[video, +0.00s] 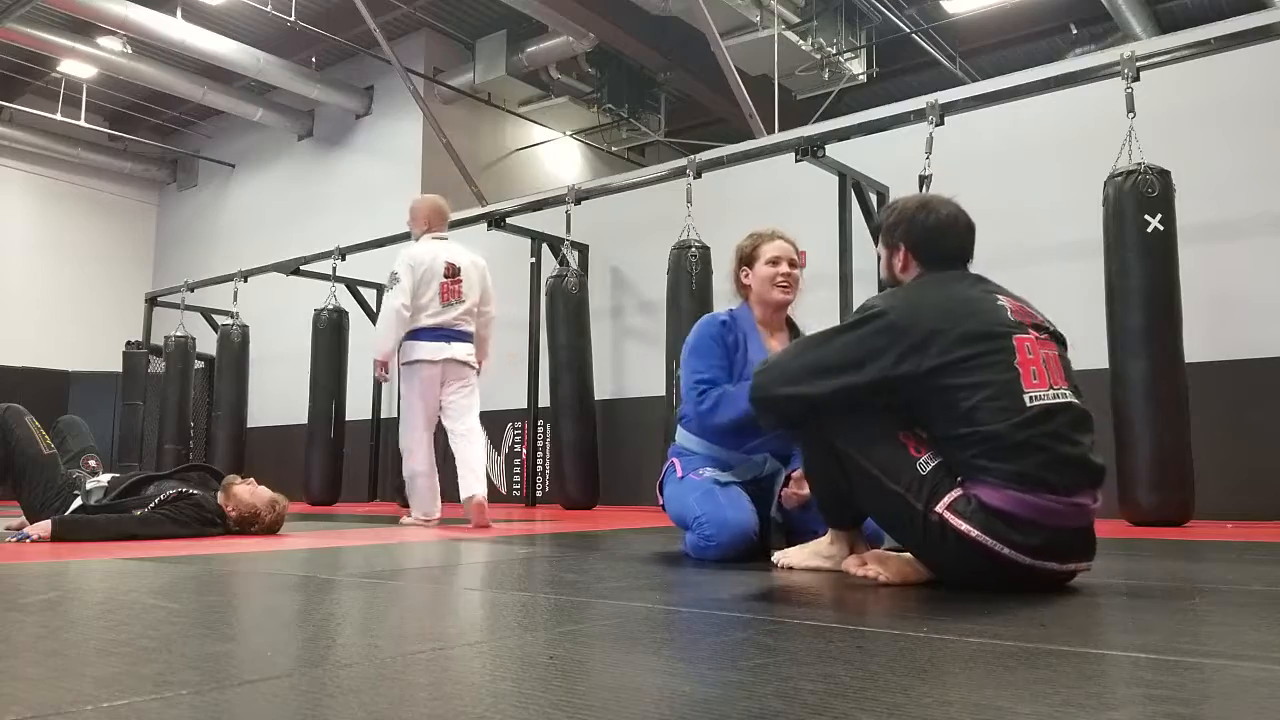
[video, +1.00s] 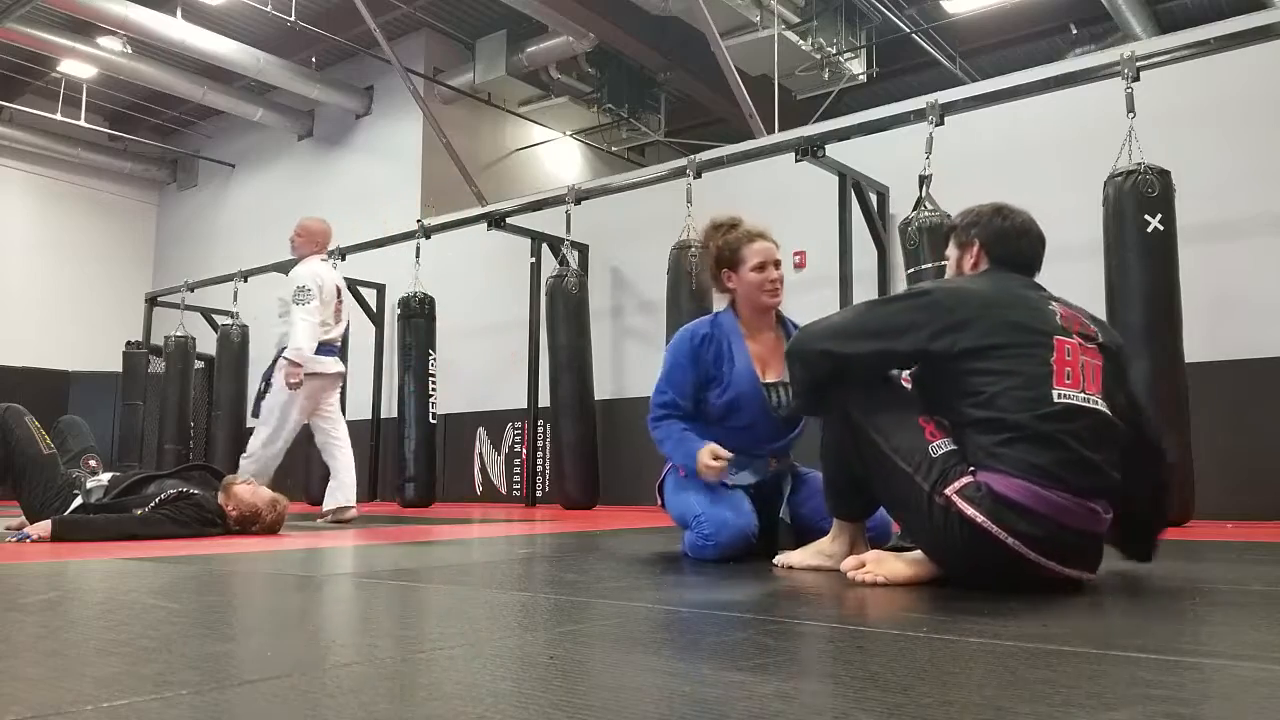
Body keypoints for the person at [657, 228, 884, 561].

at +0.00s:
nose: (786, 271)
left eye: (793, 265)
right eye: (774, 263)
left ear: (801, 278)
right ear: (746, 276)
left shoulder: (806, 348)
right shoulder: (714, 330)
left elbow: (814, 418)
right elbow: (703, 409)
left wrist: (802, 469)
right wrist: (783, 389)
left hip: (778, 473)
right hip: (704, 468)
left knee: (866, 534)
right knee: (734, 534)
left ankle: (781, 527)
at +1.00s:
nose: (775, 276)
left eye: (778, 266)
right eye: (760, 268)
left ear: (784, 269)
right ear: (730, 279)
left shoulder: (799, 340)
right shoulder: (695, 341)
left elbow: (833, 401)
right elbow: (664, 418)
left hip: (778, 475)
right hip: (704, 477)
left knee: (876, 527)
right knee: (733, 534)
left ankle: (776, 529)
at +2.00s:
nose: (823, 296)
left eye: (823, 286)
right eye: (816, 285)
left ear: (785, 282)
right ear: (779, 280)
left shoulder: (822, 344)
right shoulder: (716, 336)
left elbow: (859, 422)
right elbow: (750, 403)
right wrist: (821, 393)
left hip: (778, 469)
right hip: (701, 465)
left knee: (878, 532)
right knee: (728, 538)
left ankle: (774, 524)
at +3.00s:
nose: (871, 311)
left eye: (875, 301)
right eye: (867, 299)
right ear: (830, 287)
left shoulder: (848, 349)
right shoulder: (755, 340)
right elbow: (776, 441)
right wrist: (825, 394)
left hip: (789, 463)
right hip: (710, 454)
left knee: (879, 534)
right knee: (727, 540)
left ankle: (777, 525)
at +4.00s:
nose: (1019, 302)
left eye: (1025, 291)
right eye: (1016, 286)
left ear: (979, 272)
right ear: (977, 270)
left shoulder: (977, 331)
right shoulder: (886, 296)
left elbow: (1008, 403)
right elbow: (889, 389)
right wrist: (967, 435)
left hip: (853, 432)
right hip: (777, 404)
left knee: (865, 546)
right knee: (782, 543)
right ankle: (720, 529)